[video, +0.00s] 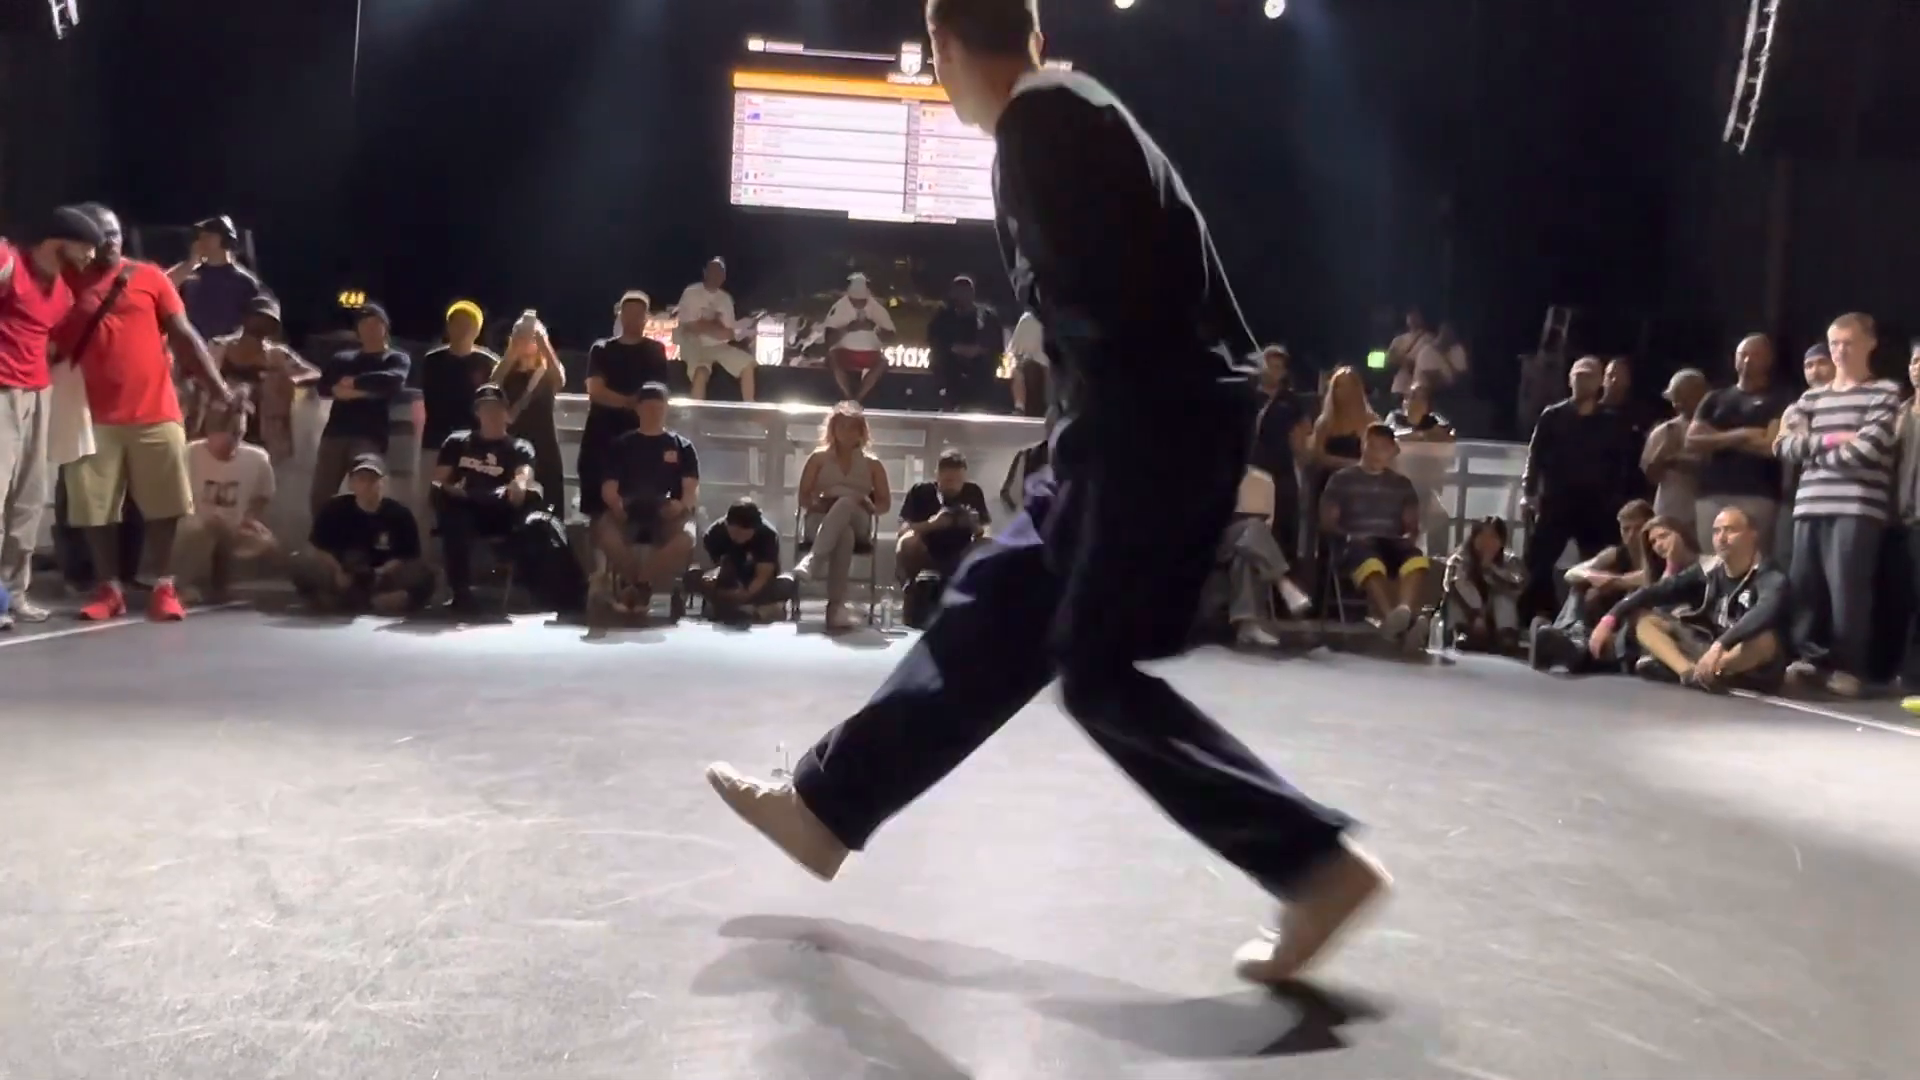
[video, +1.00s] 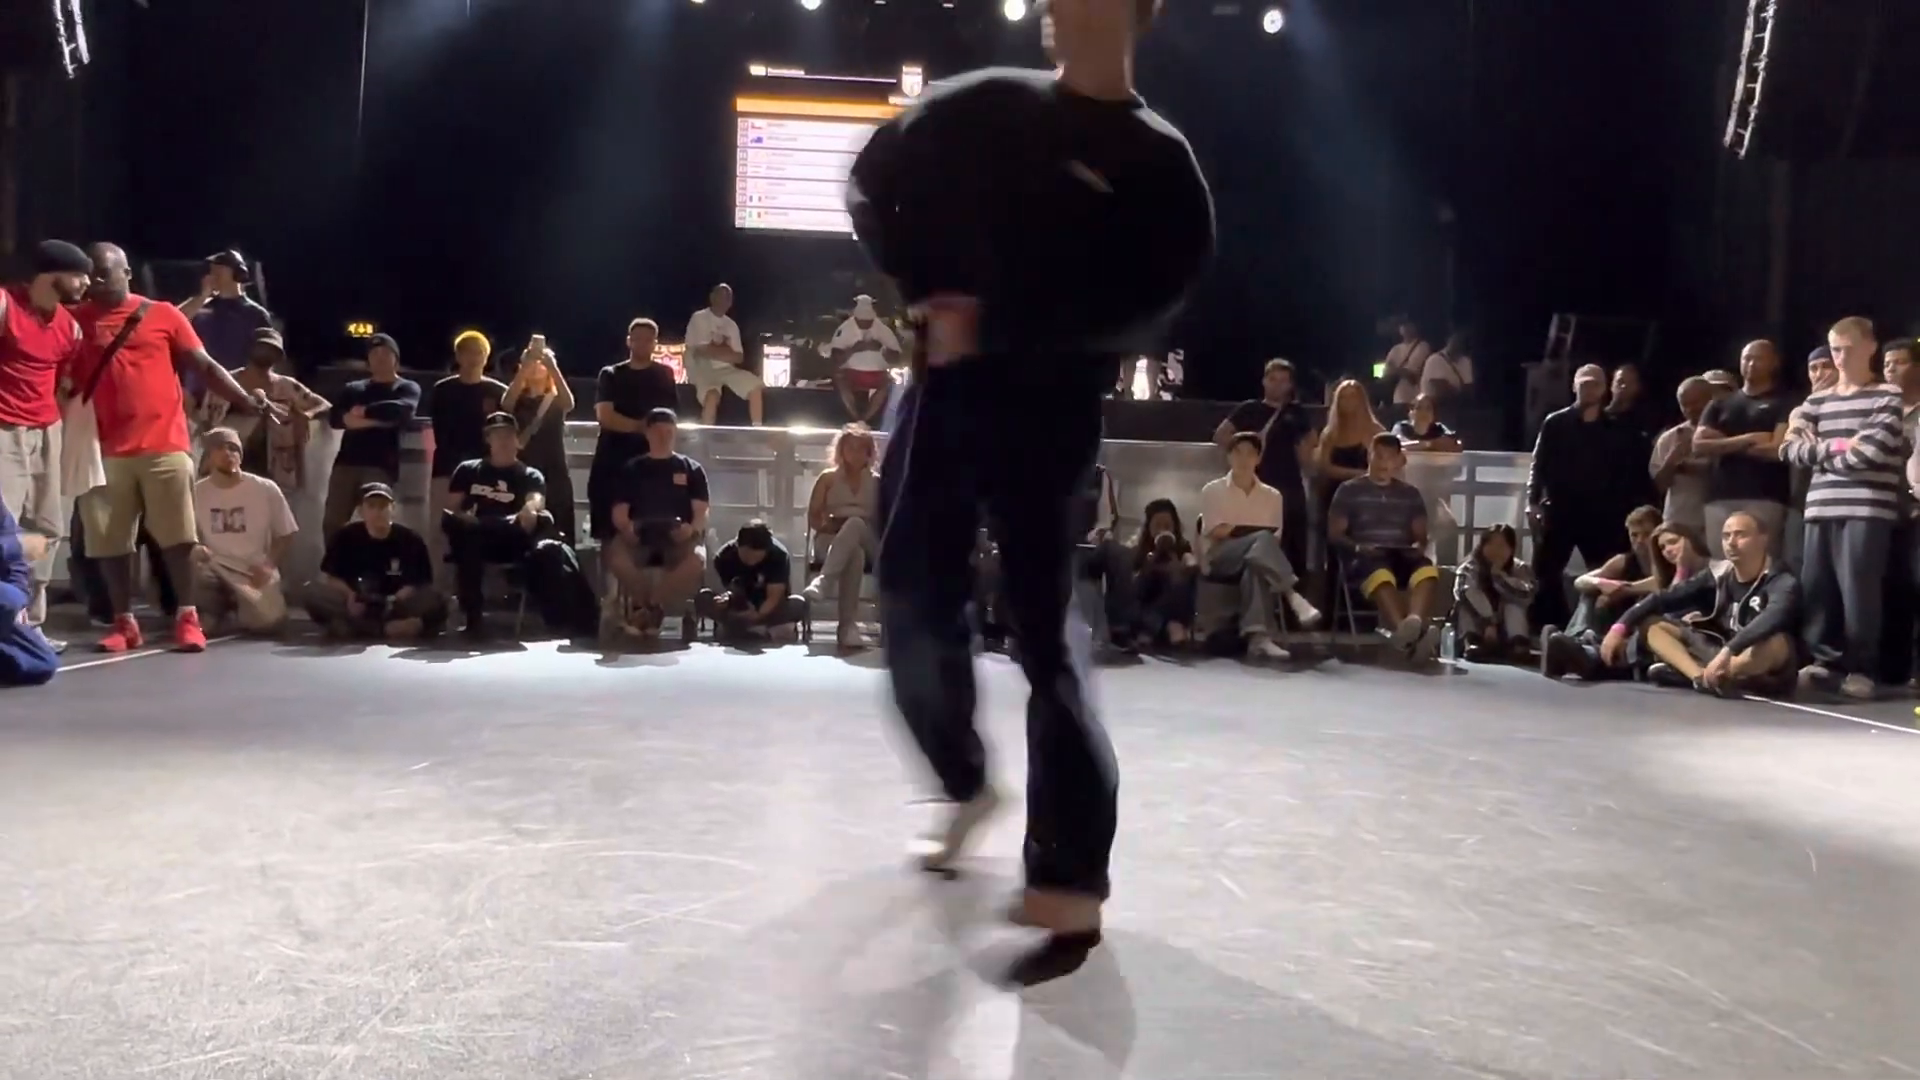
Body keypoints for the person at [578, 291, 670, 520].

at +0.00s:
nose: (634, 319)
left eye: (639, 314)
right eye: (629, 313)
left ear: (646, 318)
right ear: (620, 315)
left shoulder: (655, 350)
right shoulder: (601, 348)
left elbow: (658, 396)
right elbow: (595, 391)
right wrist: (631, 402)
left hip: (640, 435)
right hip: (602, 433)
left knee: (638, 503)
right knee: (598, 505)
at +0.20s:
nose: (635, 326)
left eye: (640, 320)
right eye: (629, 319)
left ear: (647, 324)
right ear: (619, 321)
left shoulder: (656, 356)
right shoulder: (602, 355)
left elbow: (659, 403)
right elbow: (596, 398)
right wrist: (634, 408)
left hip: (642, 442)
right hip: (604, 440)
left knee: (641, 510)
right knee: (600, 512)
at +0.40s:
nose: (639, 338)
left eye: (645, 332)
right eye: (634, 332)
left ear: (652, 337)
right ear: (626, 334)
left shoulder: (661, 369)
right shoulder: (608, 368)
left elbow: (664, 416)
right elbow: (602, 411)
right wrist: (639, 421)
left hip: (646, 454)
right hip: (610, 453)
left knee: (646, 522)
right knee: (605, 525)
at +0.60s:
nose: (640, 342)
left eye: (646, 337)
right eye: (635, 336)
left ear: (653, 341)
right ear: (626, 339)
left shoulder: (661, 372)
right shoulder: (608, 372)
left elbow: (664, 420)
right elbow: (602, 414)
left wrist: (614, 415)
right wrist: (640, 424)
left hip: (647, 457)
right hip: (610, 456)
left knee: (646, 525)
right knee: (606, 528)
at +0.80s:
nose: (642, 343)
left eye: (647, 338)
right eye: (637, 337)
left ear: (654, 342)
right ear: (627, 340)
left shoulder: (662, 372)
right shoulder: (609, 372)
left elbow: (666, 419)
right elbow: (603, 415)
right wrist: (641, 424)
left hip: (648, 459)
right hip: (610, 458)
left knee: (648, 527)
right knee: (607, 530)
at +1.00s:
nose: (643, 345)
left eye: (648, 340)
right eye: (638, 339)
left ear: (655, 344)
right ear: (628, 341)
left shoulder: (664, 374)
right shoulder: (610, 374)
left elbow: (667, 422)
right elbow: (605, 417)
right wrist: (643, 426)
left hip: (650, 462)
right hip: (612, 460)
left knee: (650, 529)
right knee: (609, 532)